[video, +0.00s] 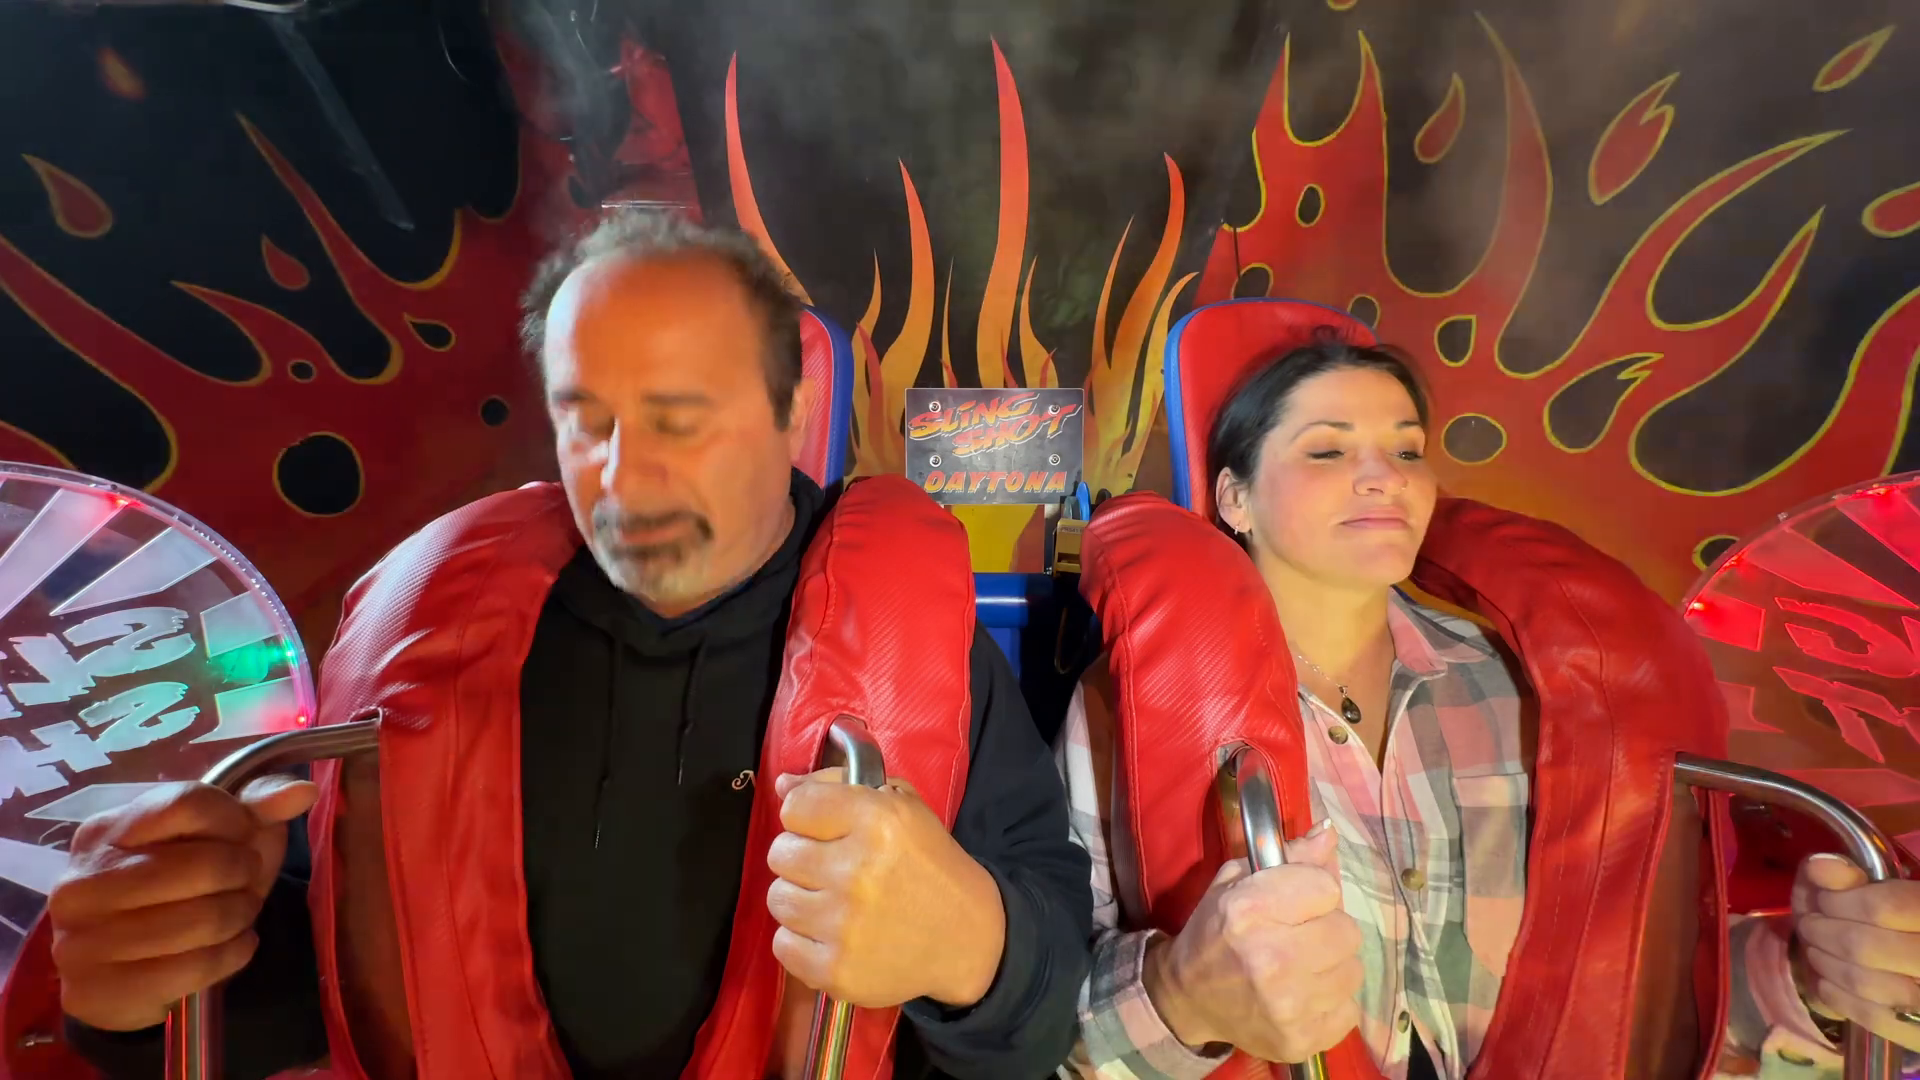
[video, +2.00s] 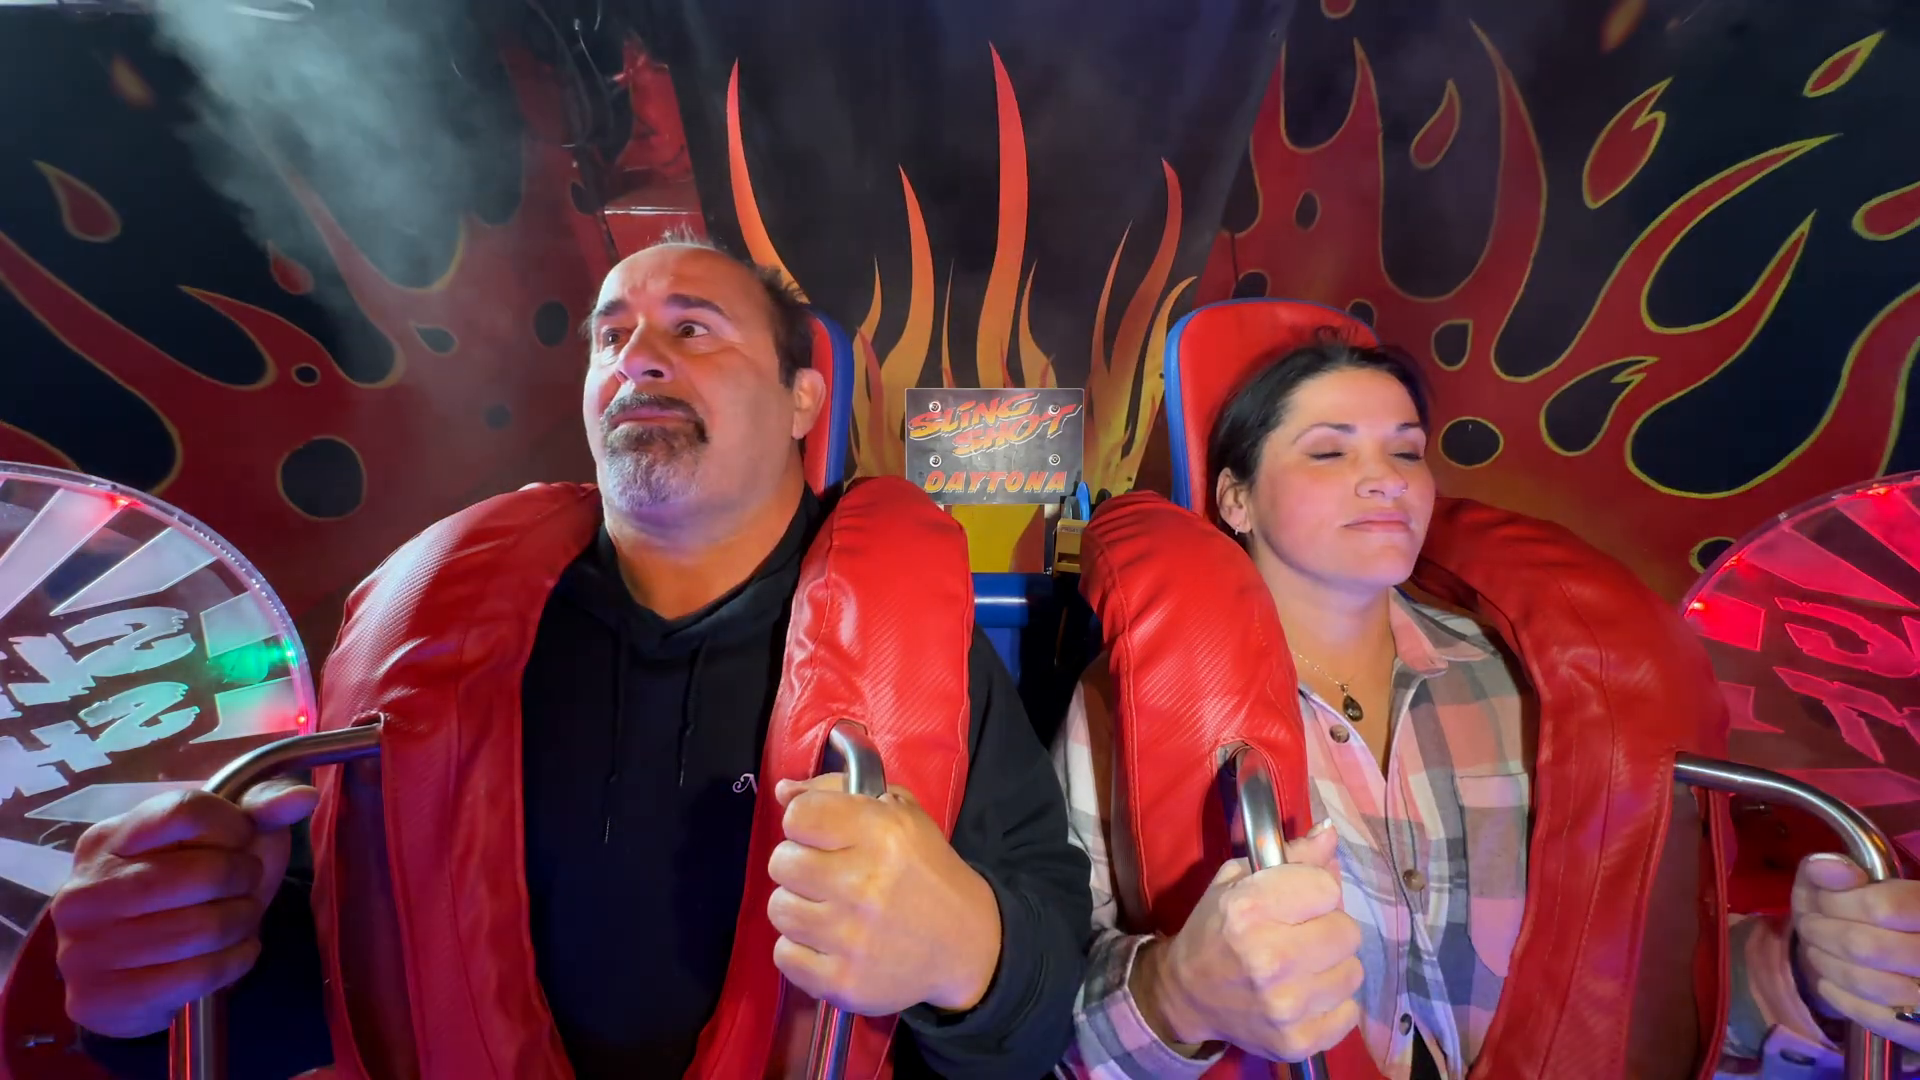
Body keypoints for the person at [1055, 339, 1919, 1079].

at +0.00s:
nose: (1382, 485)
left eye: (1405, 454)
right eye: (1328, 454)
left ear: (1436, 487)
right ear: (1235, 500)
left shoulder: (1514, 692)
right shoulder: (1137, 715)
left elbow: (1605, 972)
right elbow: (1055, 1029)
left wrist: (1801, 972)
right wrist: (1173, 1003)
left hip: (1488, 1066)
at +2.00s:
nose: (1383, 482)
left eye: (1405, 454)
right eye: (1328, 454)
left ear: (1435, 488)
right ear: (1238, 500)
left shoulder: (1518, 686)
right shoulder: (1143, 708)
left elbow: (1607, 969)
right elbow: (1050, 1031)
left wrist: (1790, 972)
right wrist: (1171, 996)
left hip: (1501, 1065)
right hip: (1269, 1073)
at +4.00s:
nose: (1383, 485)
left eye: (1405, 456)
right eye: (1330, 457)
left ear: (1435, 490)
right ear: (1239, 501)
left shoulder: (1519, 688)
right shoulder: (1143, 712)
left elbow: (1614, 963)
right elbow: (1055, 1033)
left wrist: (1797, 970)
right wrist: (1170, 996)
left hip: (1497, 1066)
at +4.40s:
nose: (1384, 486)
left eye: (1408, 458)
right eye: (1331, 457)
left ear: (1437, 492)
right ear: (1239, 502)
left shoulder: (1518, 692)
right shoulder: (1141, 714)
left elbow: (1612, 970)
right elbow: (1054, 1036)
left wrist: (1798, 972)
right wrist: (1171, 1001)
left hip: (1492, 1067)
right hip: (1257, 1073)